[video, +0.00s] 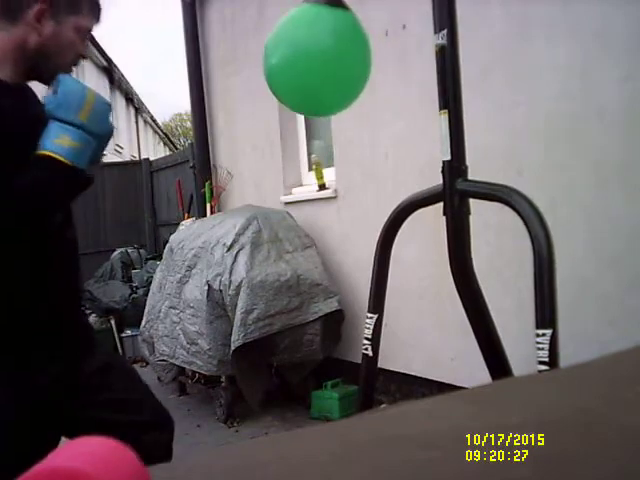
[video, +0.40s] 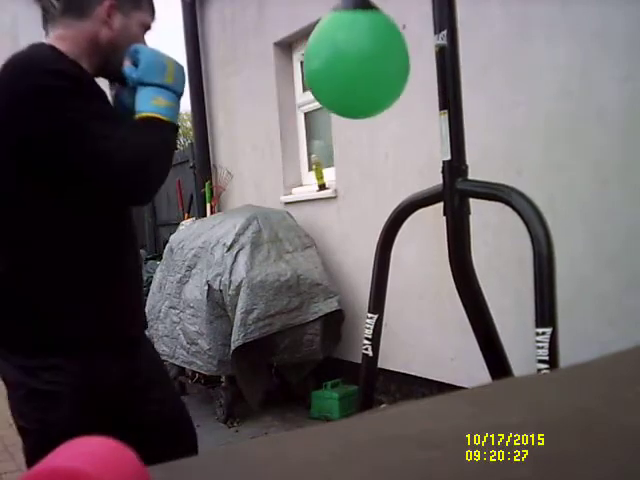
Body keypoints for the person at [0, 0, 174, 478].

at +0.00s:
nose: (83, 54)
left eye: (88, 39)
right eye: (82, 34)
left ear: (40, 18)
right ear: (40, 16)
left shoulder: (29, 108)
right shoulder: (12, 108)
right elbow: (13, 228)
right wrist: (61, 154)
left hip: (50, 327)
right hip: (27, 333)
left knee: (144, 432)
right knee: (143, 431)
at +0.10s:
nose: (97, 37)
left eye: (99, 21)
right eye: (94, 18)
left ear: (53, 11)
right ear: (53, 9)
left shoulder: (40, 99)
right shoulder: (14, 95)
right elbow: (10, 225)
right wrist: (67, 151)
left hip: (62, 325)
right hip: (27, 331)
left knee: (135, 443)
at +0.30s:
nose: (131, 49)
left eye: (135, 35)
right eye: (131, 32)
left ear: (93, 16)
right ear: (95, 15)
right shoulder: (36, 89)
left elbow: (112, 191)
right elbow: (118, 191)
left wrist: (129, 109)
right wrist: (146, 107)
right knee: (172, 451)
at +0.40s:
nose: (142, 44)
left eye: (146, 34)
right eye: (142, 29)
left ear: (108, 16)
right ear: (109, 15)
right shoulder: (48, 80)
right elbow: (136, 180)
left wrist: (128, 102)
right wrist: (159, 98)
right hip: (76, 341)